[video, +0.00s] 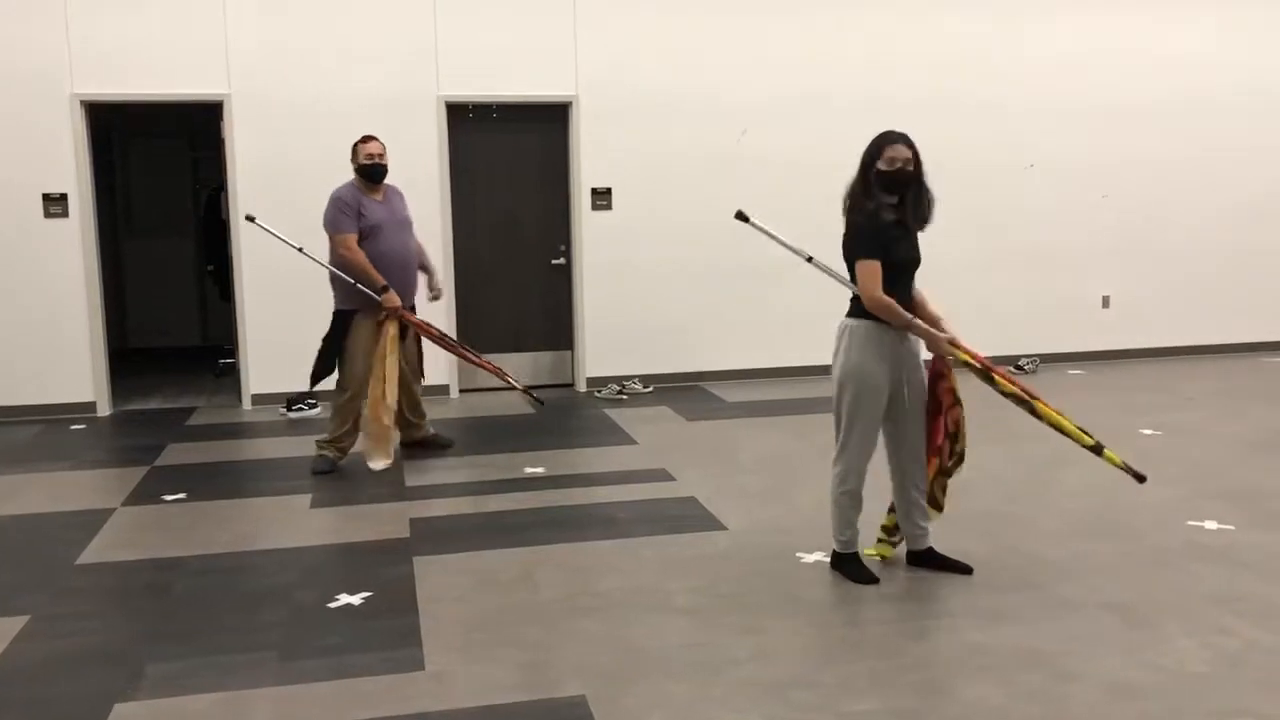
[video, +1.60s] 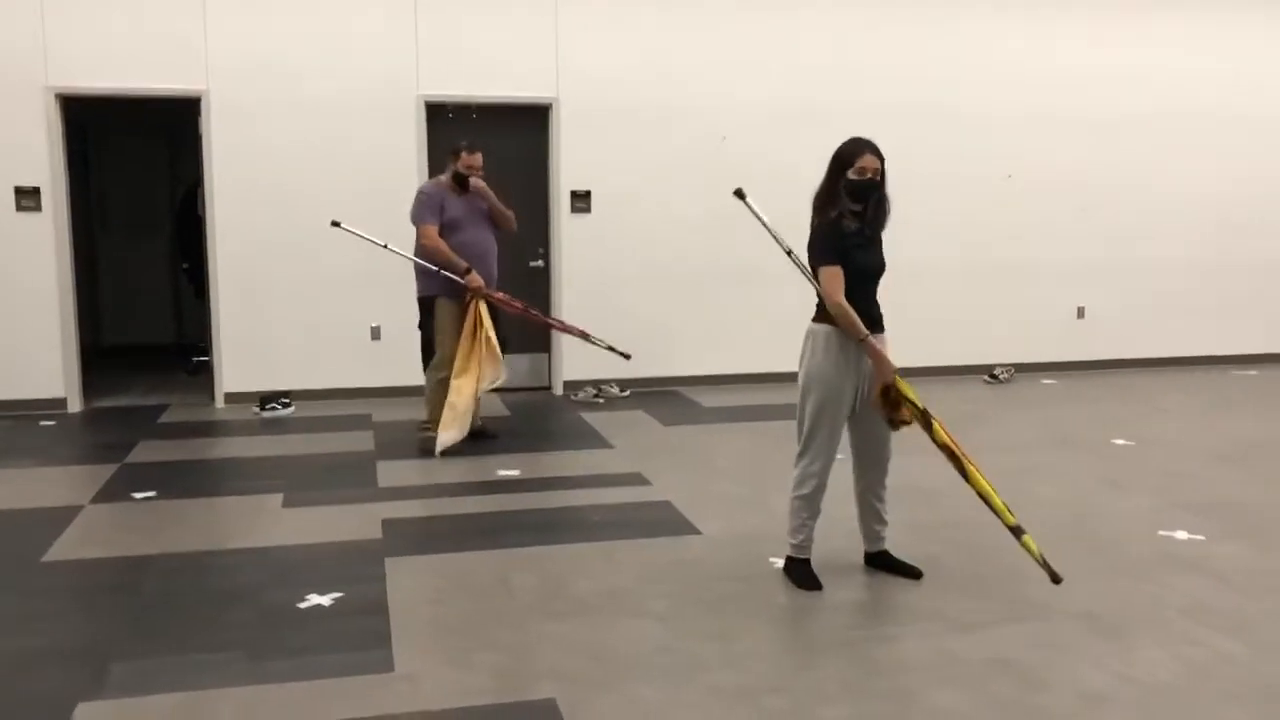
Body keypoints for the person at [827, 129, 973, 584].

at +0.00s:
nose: (897, 169)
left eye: (905, 163)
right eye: (888, 162)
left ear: (914, 169)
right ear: (872, 165)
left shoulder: (902, 220)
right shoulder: (865, 217)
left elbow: (908, 290)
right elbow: (871, 296)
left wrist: (944, 332)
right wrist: (926, 333)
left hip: (902, 339)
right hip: (865, 338)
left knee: (910, 447)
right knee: (855, 449)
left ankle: (918, 546)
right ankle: (845, 550)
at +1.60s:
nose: (869, 178)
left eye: (875, 173)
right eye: (860, 171)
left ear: (881, 178)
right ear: (841, 173)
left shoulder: (870, 226)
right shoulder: (829, 224)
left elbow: (866, 293)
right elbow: (833, 298)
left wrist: (881, 355)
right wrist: (874, 350)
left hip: (868, 343)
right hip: (830, 342)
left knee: (874, 452)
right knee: (816, 454)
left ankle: (876, 550)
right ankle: (798, 555)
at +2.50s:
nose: (863, 169)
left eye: (861, 159)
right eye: (859, 160)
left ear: (817, 160)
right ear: (848, 163)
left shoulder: (823, 211)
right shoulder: (828, 215)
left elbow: (831, 288)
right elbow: (833, 290)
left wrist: (858, 344)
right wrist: (868, 345)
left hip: (834, 330)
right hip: (817, 330)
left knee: (841, 435)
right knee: (804, 435)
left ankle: (851, 526)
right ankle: (774, 532)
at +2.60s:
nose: (860, 164)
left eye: (859, 155)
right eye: (856, 156)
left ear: (814, 155)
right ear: (846, 160)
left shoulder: (822, 205)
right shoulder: (823, 211)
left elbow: (828, 285)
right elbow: (829, 289)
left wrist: (853, 343)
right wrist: (866, 345)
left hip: (833, 328)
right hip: (814, 328)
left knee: (839, 433)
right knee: (801, 433)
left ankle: (848, 525)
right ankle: (771, 530)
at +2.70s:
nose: (860, 165)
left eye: (859, 155)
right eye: (855, 156)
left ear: (815, 154)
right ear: (841, 159)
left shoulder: (823, 205)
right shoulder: (820, 210)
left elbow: (826, 284)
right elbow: (826, 286)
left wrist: (852, 347)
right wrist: (864, 343)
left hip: (833, 326)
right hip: (812, 326)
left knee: (838, 431)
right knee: (799, 431)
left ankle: (847, 524)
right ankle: (770, 529)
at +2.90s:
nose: (856, 167)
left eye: (858, 158)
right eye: (852, 158)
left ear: (824, 155)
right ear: (831, 157)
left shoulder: (825, 203)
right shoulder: (814, 207)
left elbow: (826, 279)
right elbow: (820, 283)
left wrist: (850, 333)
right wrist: (860, 335)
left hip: (833, 323)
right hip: (808, 323)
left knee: (837, 429)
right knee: (794, 429)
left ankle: (844, 522)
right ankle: (767, 527)